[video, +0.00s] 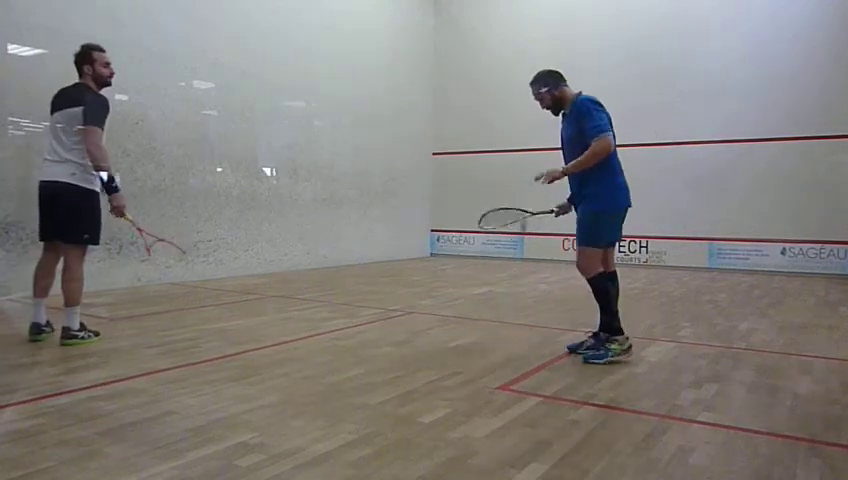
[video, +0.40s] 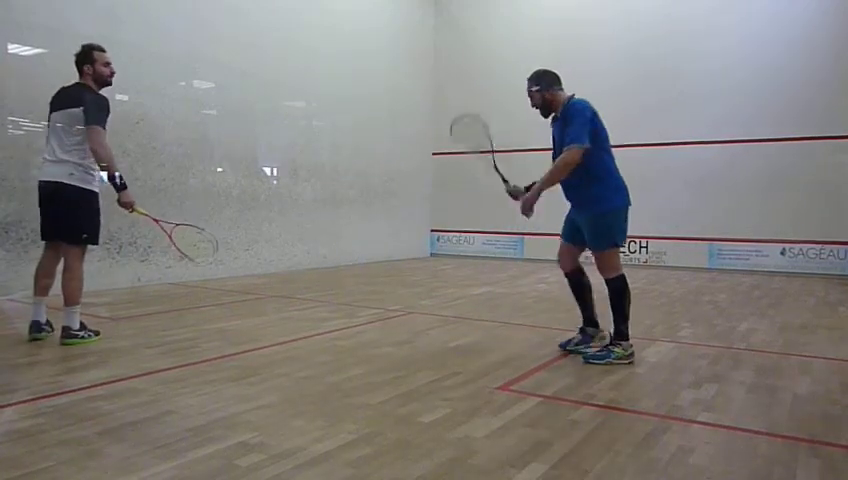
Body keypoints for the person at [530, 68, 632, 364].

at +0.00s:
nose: (540, 104)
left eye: (540, 97)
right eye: (537, 99)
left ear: (554, 89)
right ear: (551, 92)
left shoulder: (584, 106)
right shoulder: (569, 118)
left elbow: (604, 145)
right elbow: (584, 167)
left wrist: (564, 170)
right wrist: (570, 201)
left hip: (603, 199)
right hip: (596, 200)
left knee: (587, 263)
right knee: (604, 264)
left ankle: (615, 336)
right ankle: (606, 334)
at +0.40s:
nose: (531, 102)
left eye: (532, 95)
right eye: (529, 96)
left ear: (548, 90)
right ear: (547, 92)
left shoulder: (577, 110)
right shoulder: (559, 122)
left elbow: (572, 157)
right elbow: (562, 168)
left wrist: (535, 193)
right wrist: (531, 189)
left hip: (605, 204)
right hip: (582, 205)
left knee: (609, 265)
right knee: (567, 259)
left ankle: (622, 343)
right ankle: (591, 330)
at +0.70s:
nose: (506, 109)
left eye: (508, 102)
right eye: (505, 103)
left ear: (521, 99)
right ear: (525, 100)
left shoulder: (543, 116)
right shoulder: (527, 131)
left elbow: (505, 142)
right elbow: (502, 163)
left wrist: (470, 150)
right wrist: (493, 127)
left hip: (579, 203)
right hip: (556, 208)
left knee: (591, 267)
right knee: (536, 258)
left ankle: (618, 341)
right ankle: (510, 316)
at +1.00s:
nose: (470, 116)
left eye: (472, 112)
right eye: (470, 112)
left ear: (480, 111)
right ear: (493, 110)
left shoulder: (479, 130)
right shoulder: (509, 131)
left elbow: (451, 170)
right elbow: (486, 171)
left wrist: (437, 203)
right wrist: (459, 190)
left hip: (509, 203)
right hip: (532, 200)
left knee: (499, 266)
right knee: (504, 263)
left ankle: (557, 309)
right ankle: (498, 322)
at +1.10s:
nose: (459, 113)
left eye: (459, 109)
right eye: (460, 109)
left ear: (461, 108)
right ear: (482, 108)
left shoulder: (460, 128)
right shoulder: (496, 129)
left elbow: (433, 164)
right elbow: (507, 162)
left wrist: (423, 196)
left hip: (491, 198)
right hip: (518, 196)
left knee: (474, 261)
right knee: (500, 258)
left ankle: (522, 308)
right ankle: (499, 320)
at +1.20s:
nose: (450, 112)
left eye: (450, 108)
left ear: (450, 107)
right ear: (471, 108)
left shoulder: (445, 128)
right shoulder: (486, 128)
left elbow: (416, 161)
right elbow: (521, 138)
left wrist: (401, 194)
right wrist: (543, 130)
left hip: (471, 197)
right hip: (501, 196)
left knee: (448, 254)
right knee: (494, 256)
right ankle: (498, 321)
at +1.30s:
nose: (445, 106)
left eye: (442, 103)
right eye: (454, 103)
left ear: (439, 106)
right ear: (461, 105)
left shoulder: (432, 129)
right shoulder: (480, 126)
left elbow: (400, 163)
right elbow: (517, 121)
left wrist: (383, 192)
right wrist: (531, 95)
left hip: (447, 200)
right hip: (481, 201)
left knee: (424, 251)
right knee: (483, 254)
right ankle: (493, 321)